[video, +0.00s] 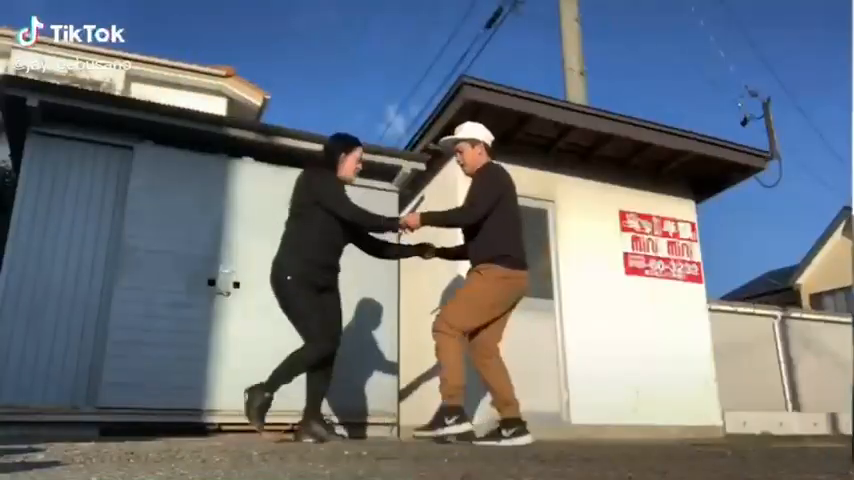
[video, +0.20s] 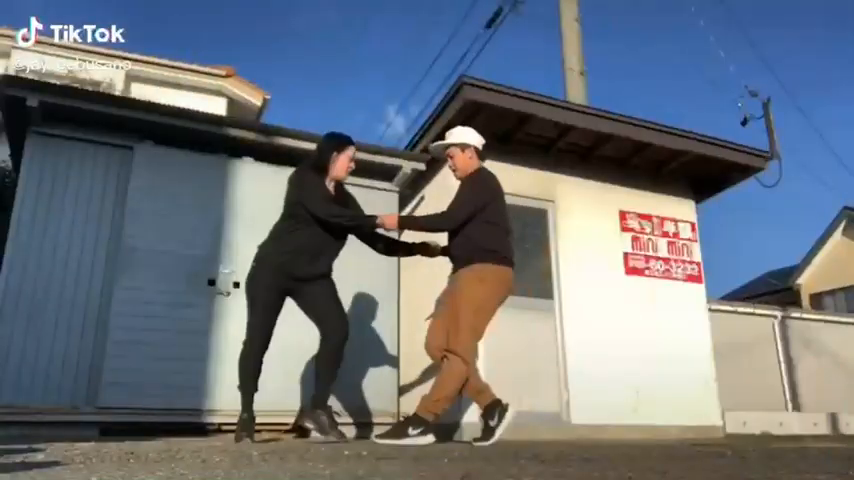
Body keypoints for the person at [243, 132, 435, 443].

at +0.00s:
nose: (359, 167)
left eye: (360, 161)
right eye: (356, 159)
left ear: (340, 159)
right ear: (339, 156)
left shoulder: (336, 201)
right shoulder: (318, 179)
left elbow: (373, 247)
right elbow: (356, 217)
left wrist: (414, 250)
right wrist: (397, 223)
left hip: (323, 280)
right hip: (294, 276)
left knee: (327, 346)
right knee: (320, 344)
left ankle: (311, 419)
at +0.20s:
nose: (353, 165)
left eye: (353, 159)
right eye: (349, 158)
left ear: (339, 160)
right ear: (332, 155)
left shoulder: (345, 202)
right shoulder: (305, 178)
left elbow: (378, 242)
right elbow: (328, 214)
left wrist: (417, 249)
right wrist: (376, 222)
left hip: (312, 277)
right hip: (272, 270)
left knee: (336, 330)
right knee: (257, 340)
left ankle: (316, 410)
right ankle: (246, 413)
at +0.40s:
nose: (357, 167)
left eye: (359, 162)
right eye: (354, 160)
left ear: (346, 160)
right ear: (337, 156)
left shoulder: (345, 199)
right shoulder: (316, 182)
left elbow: (370, 244)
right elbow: (349, 222)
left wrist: (406, 245)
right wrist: (394, 222)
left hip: (319, 283)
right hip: (285, 273)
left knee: (325, 342)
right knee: (272, 343)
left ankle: (296, 418)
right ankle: (247, 413)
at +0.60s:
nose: (379, 168)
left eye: (380, 162)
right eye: (376, 161)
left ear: (353, 158)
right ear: (360, 157)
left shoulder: (337, 181)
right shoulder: (362, 186)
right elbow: (397, 218)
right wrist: (440, 208)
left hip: (301, 261)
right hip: (324, 264)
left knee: (302, 340)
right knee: (357, 329)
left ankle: (294, 418)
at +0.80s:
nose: (397, 170)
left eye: (399, 165)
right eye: (395, 163)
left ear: (374, 159)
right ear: (380, 159)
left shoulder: (354, 184)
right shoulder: (379, 191)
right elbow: (412, 226)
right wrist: (455, 214)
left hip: (320, 259)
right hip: (351, 264)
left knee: (310, 337)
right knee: (375, 338)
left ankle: (300, 416)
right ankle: (386, 418)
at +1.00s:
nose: (417, 170)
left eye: (418, 164)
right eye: (414, 163)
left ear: (397, 161)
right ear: (399, 161)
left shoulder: (385, 189)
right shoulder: (392, 190)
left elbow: (418, 235)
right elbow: (416, 228)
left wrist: (456, 226)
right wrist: (457, 217)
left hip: (365, 269)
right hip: (380, 270)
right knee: (394, 343)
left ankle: (334, 395)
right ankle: (385, 424)